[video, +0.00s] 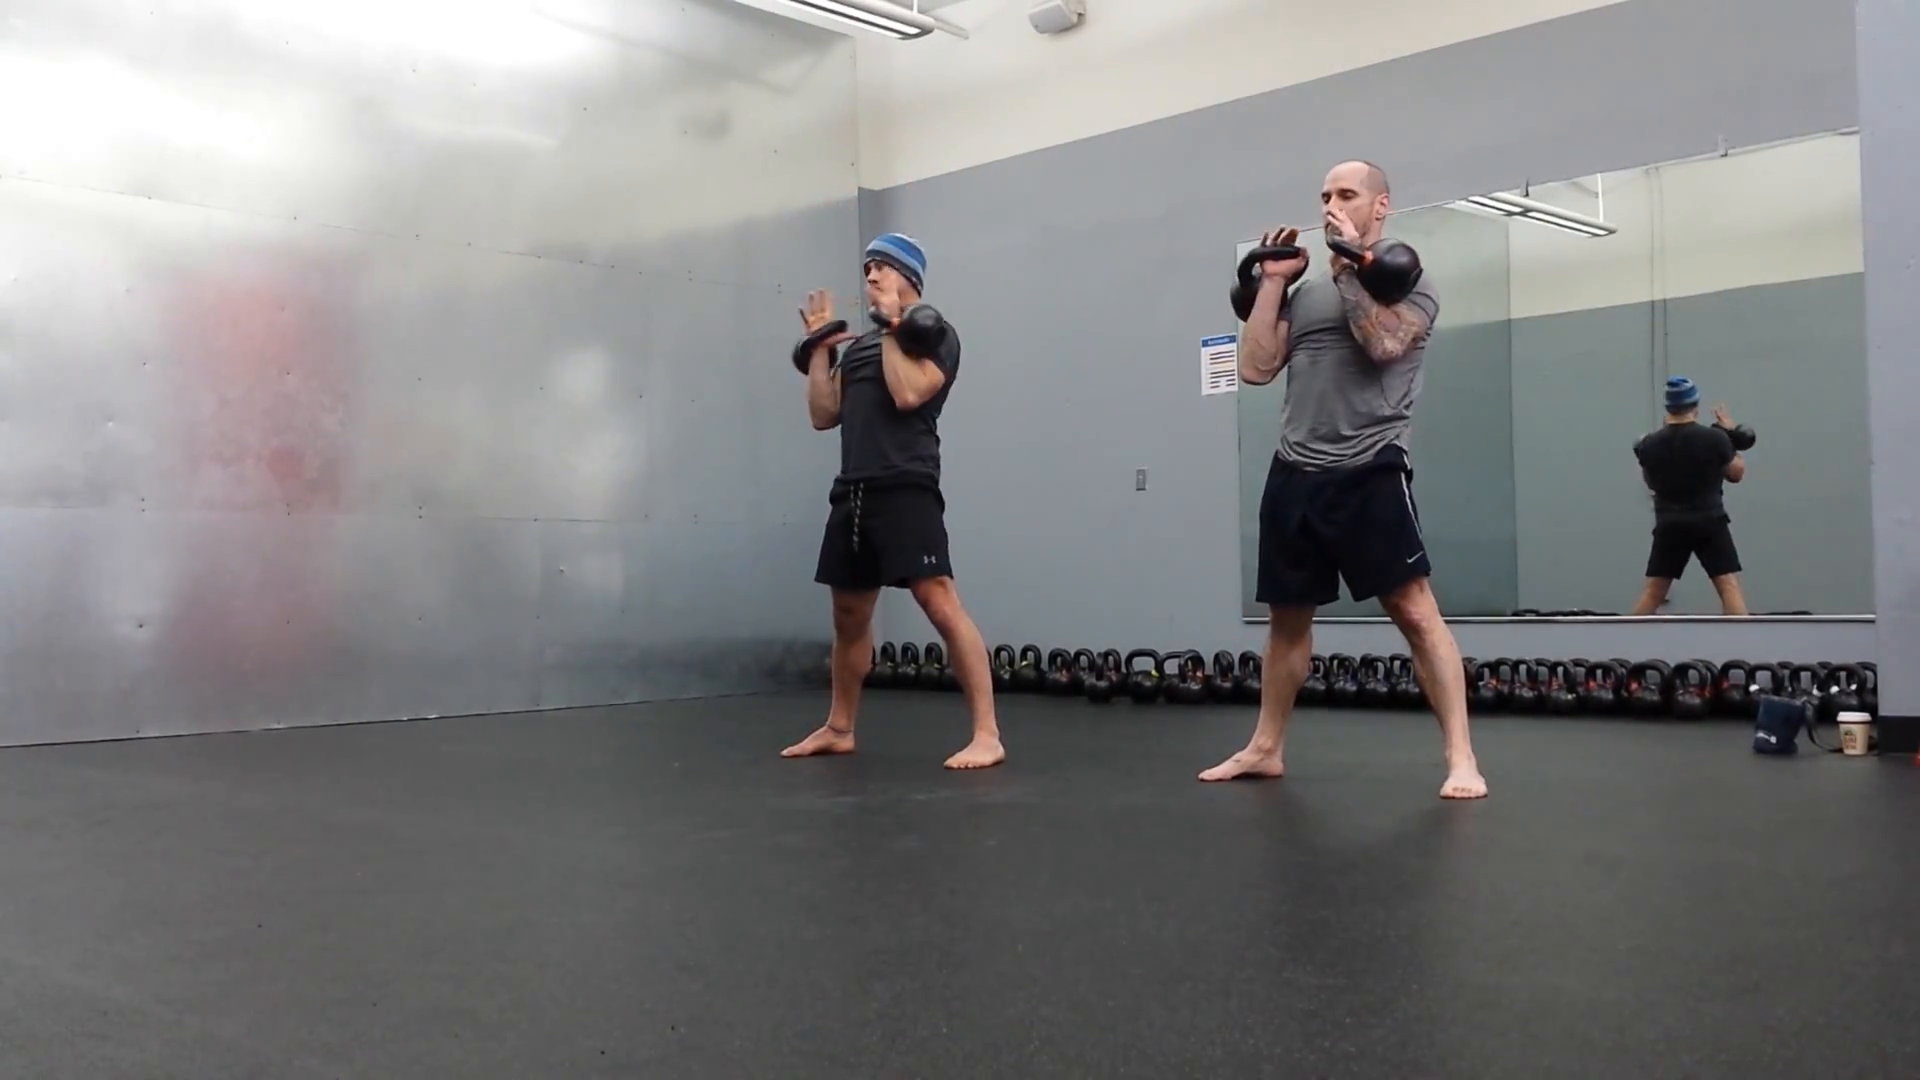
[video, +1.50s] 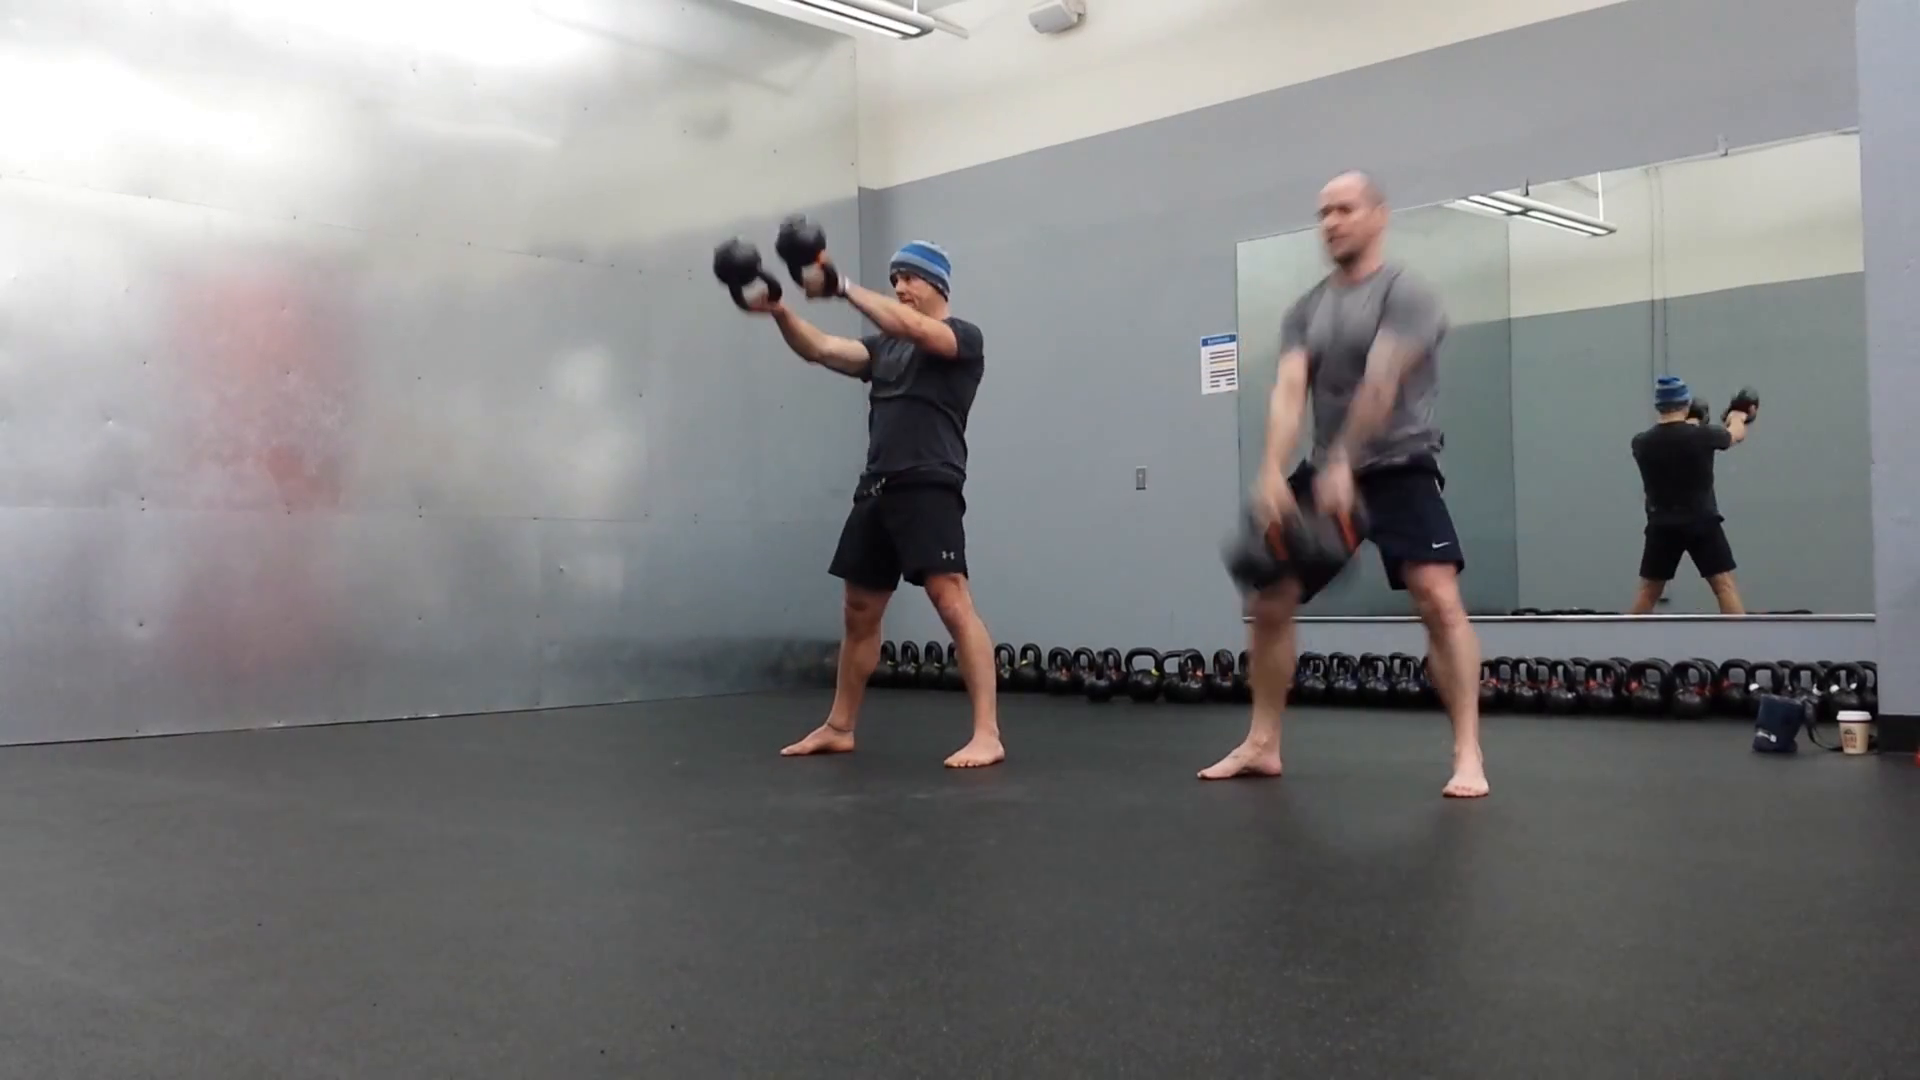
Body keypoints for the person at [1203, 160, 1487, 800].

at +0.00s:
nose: (1332, 208)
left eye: (1346, 196)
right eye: (1326, 198)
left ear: (1383, 207)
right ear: (1320, 211)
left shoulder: (1412, 286)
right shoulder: (1302, 296)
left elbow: (1386, 345)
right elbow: (1256, 367)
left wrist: (1348, 273)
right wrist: (1271, 280)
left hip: (1372, 474)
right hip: (1295, 474)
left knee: (1415, 614)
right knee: (1287, 618)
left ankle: (1461, 758)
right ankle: (1265, 747)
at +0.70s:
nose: (1349, 233)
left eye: (1360, 220)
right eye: (1341, 223)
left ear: (1394, 223)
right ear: (1335, 231)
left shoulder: (1426, 293)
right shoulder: (1320, 306)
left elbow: (1401, 361)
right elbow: (1292, 376)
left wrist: (1329, 383)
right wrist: (1238, 389)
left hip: (1412, 481)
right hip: (1337, 484)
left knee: (1443, 600)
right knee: (1272, 608)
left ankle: (1467, 757)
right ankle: (1262, 746)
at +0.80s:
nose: (1345, 259)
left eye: (1357, 246)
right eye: (1338, 249)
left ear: (1392, 248)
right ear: (1333, 255)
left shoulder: (1426, 320)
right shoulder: (1322, 328)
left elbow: (1406, 392)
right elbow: (1288, 397)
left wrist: (1363, 446)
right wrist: (1253, 446)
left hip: (1423, 496)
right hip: (1343, 498)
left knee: (1456, 598)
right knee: (1263, 606)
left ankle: (1470, 756)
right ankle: (1262, 746)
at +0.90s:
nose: (1319, 286)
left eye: (1331, 273)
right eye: (1313, 275)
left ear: (1366, 274)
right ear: (1310, 280)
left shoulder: (1411, 346)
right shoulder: (1305, 356)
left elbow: (1399, 455)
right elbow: (1291, 447)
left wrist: (1368, 535)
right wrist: (1282, 529)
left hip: (1425, 504)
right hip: (1348, 509)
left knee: (1461, 601)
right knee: (1252, 602)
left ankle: (1471, 755)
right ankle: (1260, 745)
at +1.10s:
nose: (1253, 383)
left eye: (1266, 367)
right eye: (1248, 369)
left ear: (1303, 363)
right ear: (1242, 374)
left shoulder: (1366, 428)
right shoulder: (1256, 454)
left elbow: (1390, 538)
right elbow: (1296, 540)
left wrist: (1401, 619)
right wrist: (1338, 614)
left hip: (1412, 532)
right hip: (1334, 546)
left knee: (1444, 613)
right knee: (1228, 612)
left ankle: (1467, 756)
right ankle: (1260, 747)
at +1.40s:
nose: (1288, 265)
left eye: (1303, 253)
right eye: (1285, 255)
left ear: (1338, 262)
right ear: (1283, 269)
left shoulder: (1380, 347)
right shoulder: (1276, 357)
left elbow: (1384, 455)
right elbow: (1284, 458)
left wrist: (1374, 553)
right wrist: (1302, 549)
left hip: (1396, 494)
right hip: (1319, 498)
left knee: (1451, 601)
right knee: (1238, 603)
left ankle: (1469, 755)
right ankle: (1260, 744)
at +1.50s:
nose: (1331, 222)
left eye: (1344, 210)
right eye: (1324, 214)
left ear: (1379, 217)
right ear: (1318, 226)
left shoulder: (1411, 296)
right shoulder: (1308, 308)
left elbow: (1380, 383)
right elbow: (1288, 391)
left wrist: (1340, 460)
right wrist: (1271, 470)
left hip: (1401, 471)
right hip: (1327, 471)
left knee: (1437, 596)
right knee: (1270, 598)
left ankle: (1468, 755)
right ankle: (1262, 742)